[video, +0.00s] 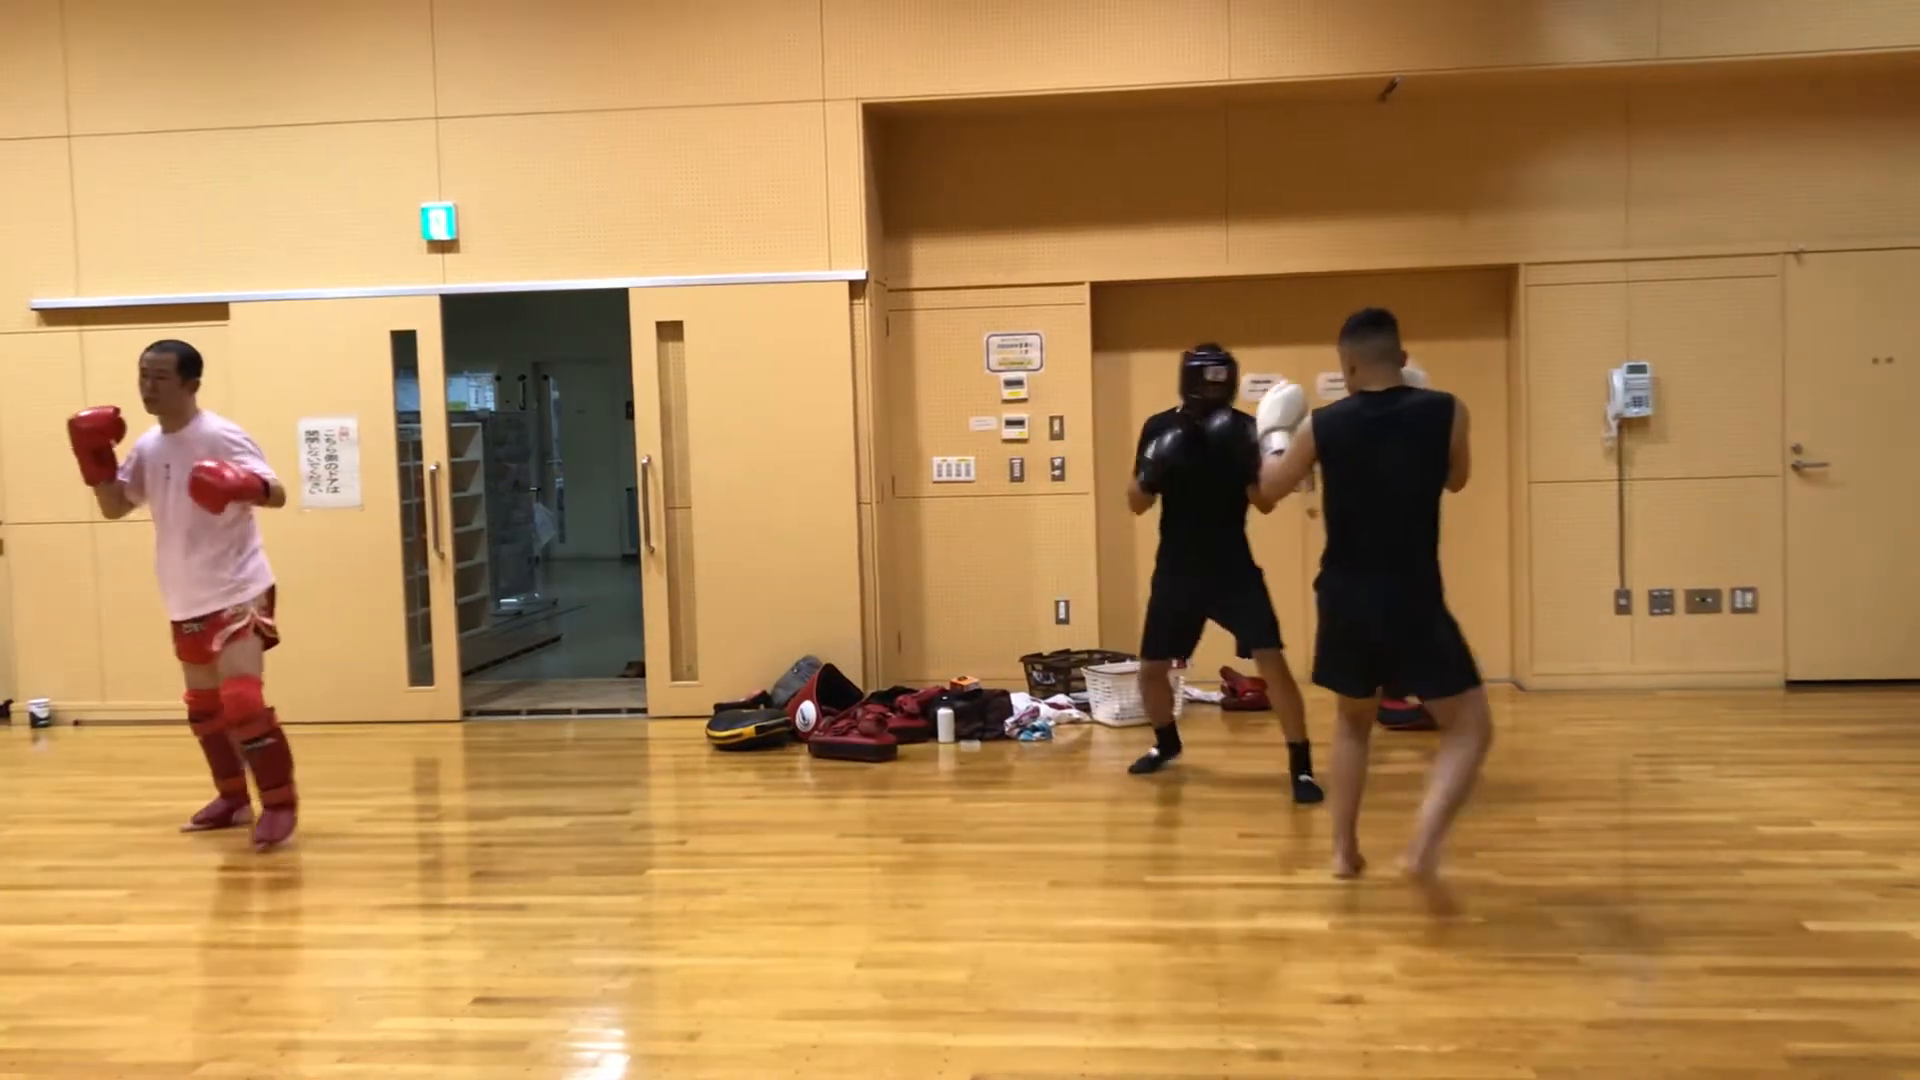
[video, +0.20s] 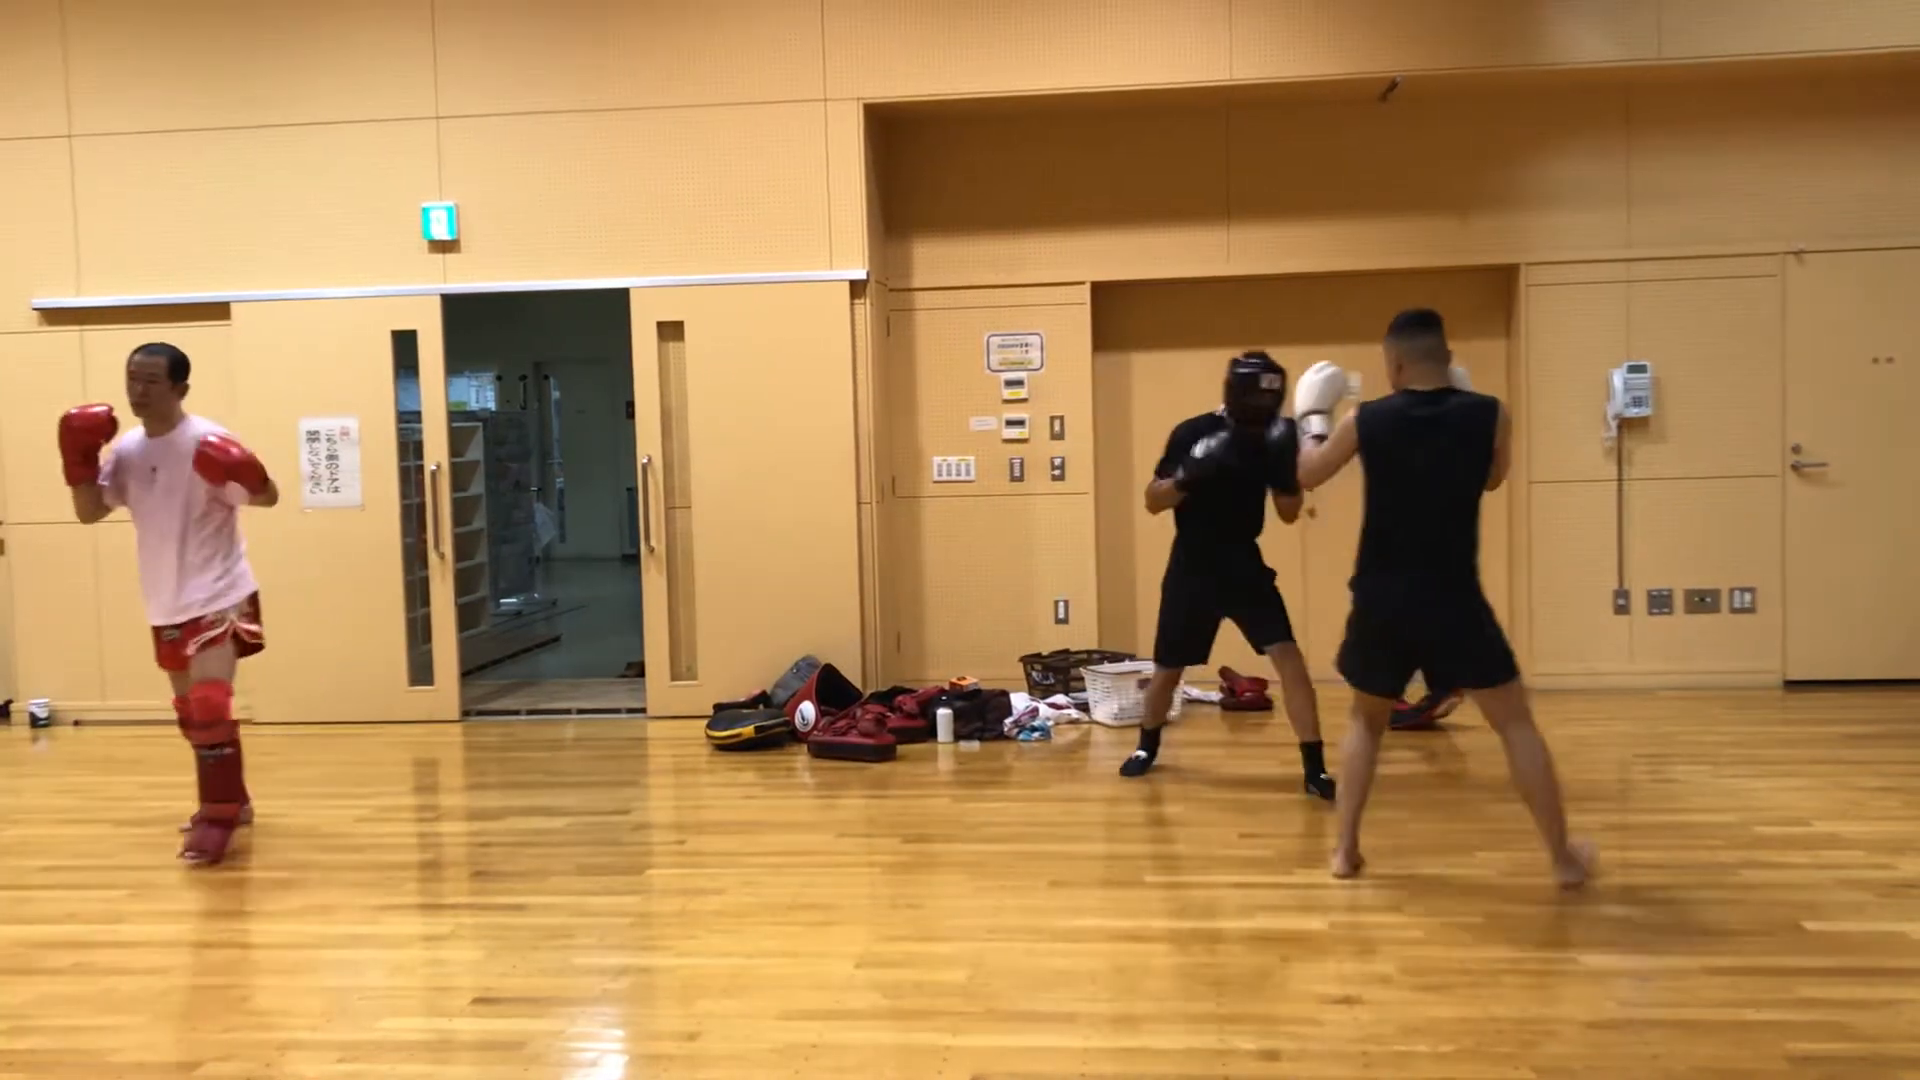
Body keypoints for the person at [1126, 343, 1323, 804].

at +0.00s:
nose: (1209, 394)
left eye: (1219, 383)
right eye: (1201, 383)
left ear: (1233, 385)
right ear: (1184, 383)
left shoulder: (1244, 429)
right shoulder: (1161, 428)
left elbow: (1266, 501)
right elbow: (1136, 503)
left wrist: (1245, 455)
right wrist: (1158, 463)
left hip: (1233, 565)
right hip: (1177, 567)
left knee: (1270, 660)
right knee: (1151, 666)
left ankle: (1301, 769)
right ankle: (1167, 744)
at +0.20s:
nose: (1265, 404)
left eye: (1273, 395)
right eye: (1256, 394)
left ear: (1279, 396)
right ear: (1231, 391)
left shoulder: (1275, 438)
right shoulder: (1192, 434)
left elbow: (1289, 512)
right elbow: (1152, 501)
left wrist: (1283, 457)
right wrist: (1191, 473)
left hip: (1244, 566)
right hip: (1191, 567)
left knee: (1288, 658)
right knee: (1168, 669)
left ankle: (1316, 771)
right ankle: (1146, 751)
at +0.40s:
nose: (1325, 416)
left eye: (1328, 408)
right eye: (1320, 406)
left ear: (1321, 415)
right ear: (1298, 403)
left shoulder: (1300, 456)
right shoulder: (1256, 429)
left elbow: (1288, 524)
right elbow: (1248, 454)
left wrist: (1320, 508)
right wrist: (1303, 429)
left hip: (1260, 569)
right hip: (1213, 567)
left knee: (1308, 657)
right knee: (1183, 670)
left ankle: (1318, 773)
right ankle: (1145, 743)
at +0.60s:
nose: (1333, 395)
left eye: (1343, 388)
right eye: (1329, 383)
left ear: (1354, 398)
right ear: (1315, 384)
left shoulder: (1345, 448)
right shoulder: (1282, 411)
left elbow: (1345, 528)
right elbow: (1252, 442)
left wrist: (1370, 485)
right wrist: (1301, 415)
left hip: (1282, 560)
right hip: (1230, 554)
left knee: (1321, 659)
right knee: (1184, 658)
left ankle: (1315, 774)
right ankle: (1139, 742)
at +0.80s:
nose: (1339, 393)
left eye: (1349, 386)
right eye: (1334, 382)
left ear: (1362, 391)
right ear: (1321, 379)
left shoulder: (1356, 431)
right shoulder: (1289, 411)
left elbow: (1397, 444)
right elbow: (1228, 452)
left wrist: (1400, 399)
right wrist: (1265, 421)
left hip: (1299, 561)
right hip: (1243, 553)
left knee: (1322, 658)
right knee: (1197, 647)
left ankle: (1316, 773)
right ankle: (1165, 741)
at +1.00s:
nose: (1332, 383)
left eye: (1340, 374)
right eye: (1322, 373)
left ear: (1348, 374)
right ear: (1300, 370)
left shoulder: (1352, 417)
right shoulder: (1274, 403)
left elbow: (1389, 468)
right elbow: (1236, 467)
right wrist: (1272, 431)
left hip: (1316, 543)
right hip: (1266, 540)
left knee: (1327, 654)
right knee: (1230, 651)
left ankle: (1321, 771)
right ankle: (1246, 725)